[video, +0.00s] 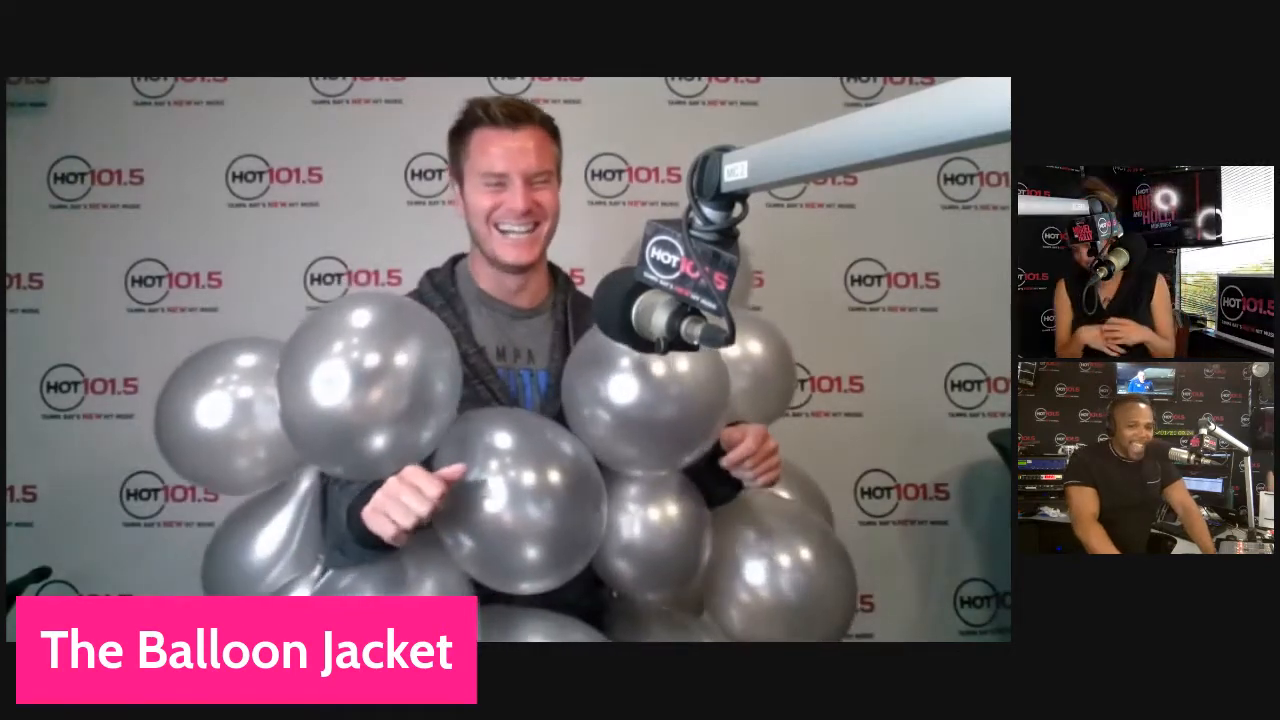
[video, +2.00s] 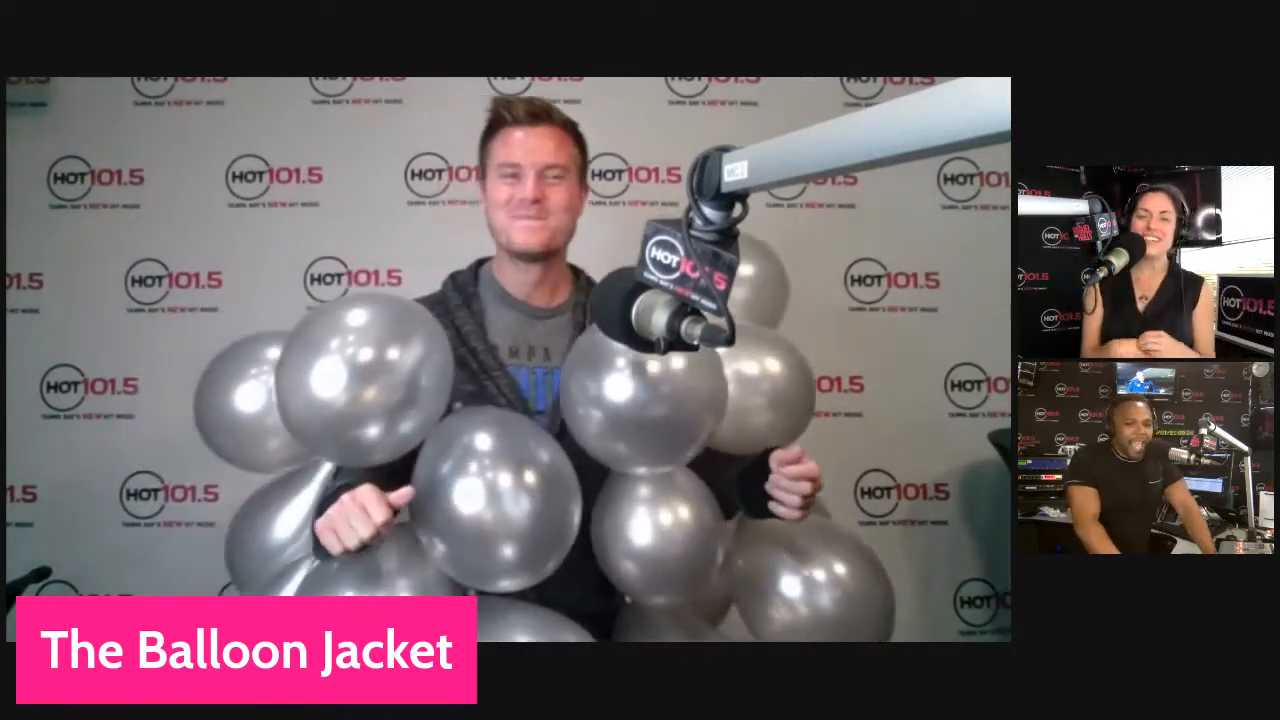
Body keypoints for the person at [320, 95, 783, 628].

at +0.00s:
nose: (520, 204)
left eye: (538, 181)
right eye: (495, 183)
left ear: (560, 191)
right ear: (457, 194)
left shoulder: (604, 329)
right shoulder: (406, 334)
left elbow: (657, 486)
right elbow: (335, 502)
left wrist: (728, 462)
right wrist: (373, 503)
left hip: (589, 616)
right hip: (446, 617)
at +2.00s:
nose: (530, 195)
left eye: (552, 177)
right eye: (510, 176)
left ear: (582, 195)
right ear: (482, 191)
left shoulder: (630, 324)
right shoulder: (421, 331)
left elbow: (680, 454)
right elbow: (365, 443)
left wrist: (756, 480)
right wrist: (346, 500)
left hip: (610, 613)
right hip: (463, 611)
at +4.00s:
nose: (550, 203)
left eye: (570, 181)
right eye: (526, 183)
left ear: (597, 192)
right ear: (494, 194)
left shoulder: (651, 318)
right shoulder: (433, 331)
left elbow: (707, 458)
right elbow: (380, 447)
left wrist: (780, 493)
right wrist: (350, 503)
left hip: (639, 617)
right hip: (487, 616)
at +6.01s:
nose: (549, 205)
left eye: (568, 187)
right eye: (526, 188)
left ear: (592, 202)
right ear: (494, 205)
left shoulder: (647, 324)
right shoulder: (437, 334)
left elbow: (708, 461)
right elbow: (393, 474)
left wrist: (832, 456)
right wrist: (275, 507)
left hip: (636, 610)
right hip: (492, 606)